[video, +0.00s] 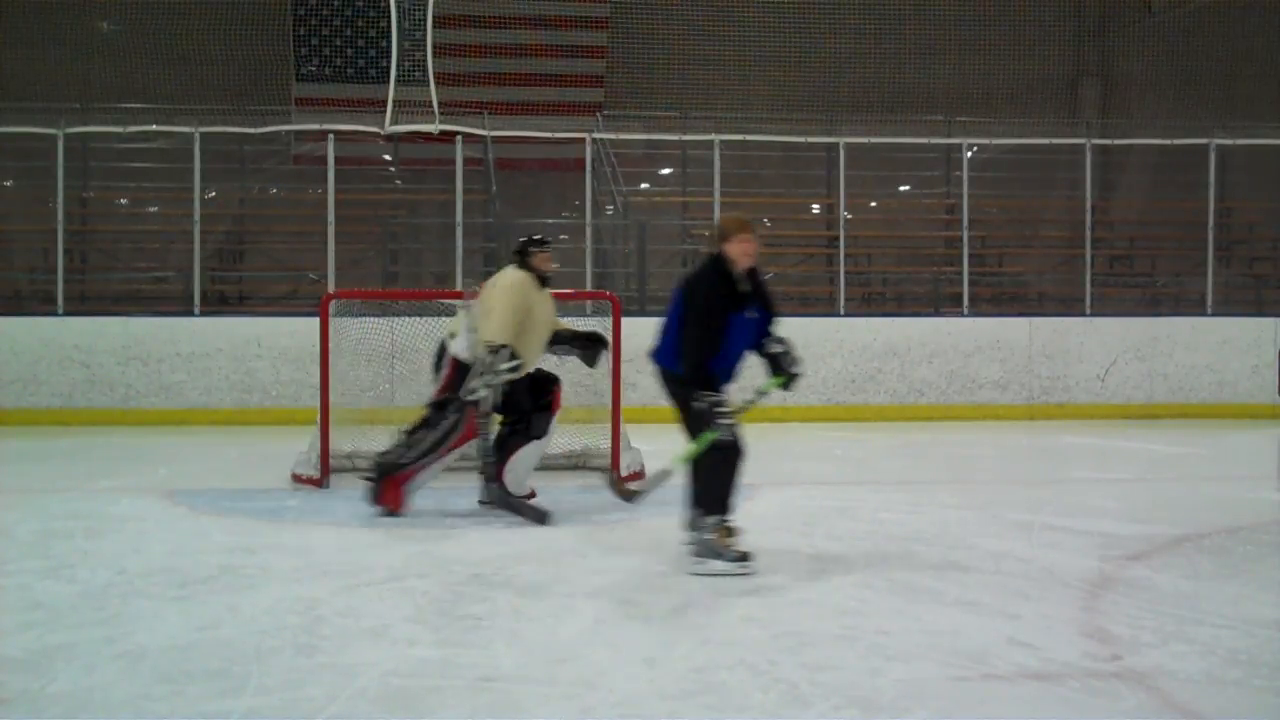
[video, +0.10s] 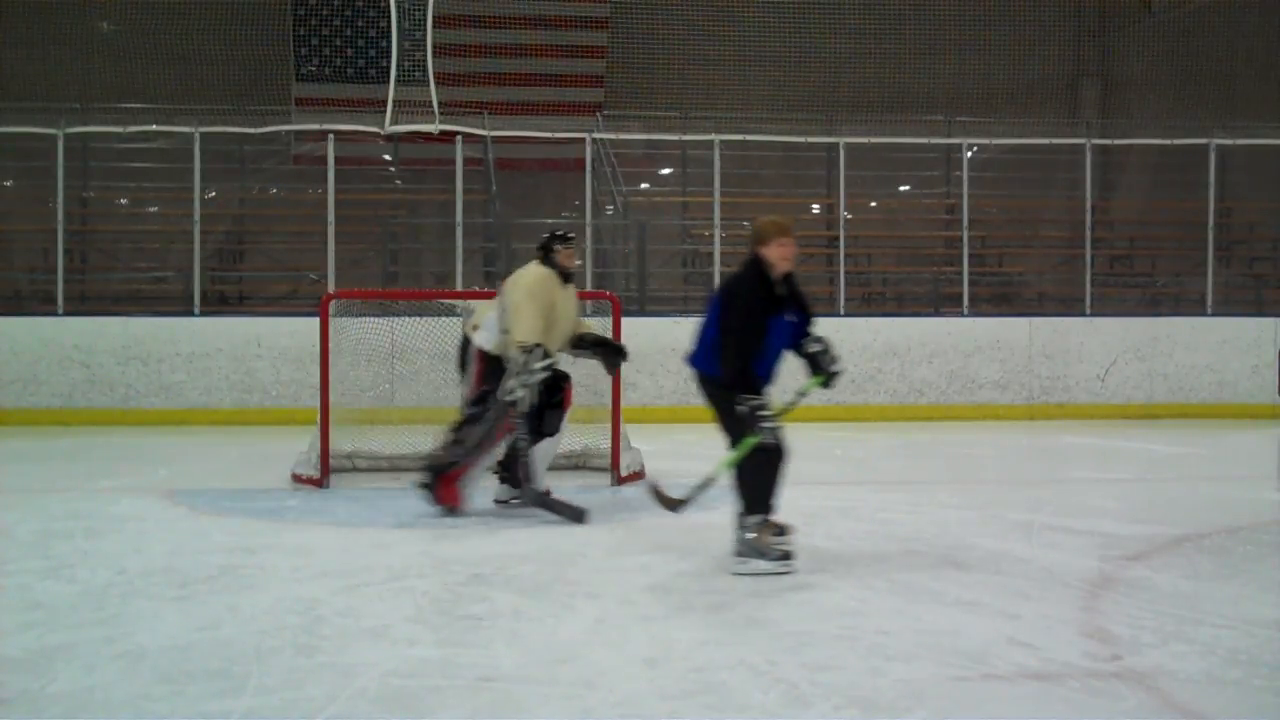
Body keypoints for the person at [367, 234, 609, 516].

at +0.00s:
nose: (549, 260)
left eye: (549, 255)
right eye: (542, 254)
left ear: (545, 260)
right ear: (527, 257)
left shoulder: (537, 290)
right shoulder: (512, 281)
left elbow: (539, 332)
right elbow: (498, 330)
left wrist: (576, 341)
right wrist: (495, 368)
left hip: (498, 367)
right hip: (469, 361)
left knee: (542, 392)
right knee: (455, 424)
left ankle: (505, 484)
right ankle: (393, 478)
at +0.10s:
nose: (572, 256)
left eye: (574, 251)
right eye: (566, 251)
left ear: (573, 255)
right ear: (551, 253)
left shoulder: (566, 289)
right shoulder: (531, 279)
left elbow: (566, 334)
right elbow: (524, 334)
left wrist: (598, 345)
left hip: (524, 357)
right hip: (490, 350)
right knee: (489, 416)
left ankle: (516, 482)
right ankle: (444, 475)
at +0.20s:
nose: (593, 254)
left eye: (594, 249)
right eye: (587, 249)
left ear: (594, 253)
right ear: (570, 252)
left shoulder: (588, 287)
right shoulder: (550, 277)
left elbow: (593, 329)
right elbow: (548, 322)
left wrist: (620, 345)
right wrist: (560, 360)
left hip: (544, 351)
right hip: (509, 346)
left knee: (554, 414)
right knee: (527, 413)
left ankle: (531, 477)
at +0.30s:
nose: (612, 256)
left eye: (613, 251)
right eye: (606, 251)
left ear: (613, 255)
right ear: (590, 254)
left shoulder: (608, 288)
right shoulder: (574, 277)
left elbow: (615, 326)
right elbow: (575, 324)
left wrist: (643, 340)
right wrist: (593, 358)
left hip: (556, 354)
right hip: (532, 349)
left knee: (570, 417)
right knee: (558, 417)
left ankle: (548, 479)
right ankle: (541, 480)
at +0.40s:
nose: (634, 263)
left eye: (636, 257)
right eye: (628, 257)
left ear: (638, 261)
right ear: (612, 258)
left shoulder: (628, 292)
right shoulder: (598, 281)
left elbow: (634, 329)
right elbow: (599, 326)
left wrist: (667, 340)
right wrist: (615, 362)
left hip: (582, 357)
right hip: (558, 353)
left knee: (601, 419)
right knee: (590, 420)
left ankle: (579, 477)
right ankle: (567, 479)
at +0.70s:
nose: (713, 272)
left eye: (714, 266)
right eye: (708, 266)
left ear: (709, 270)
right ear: (692, 267)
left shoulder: (696, 294)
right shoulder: (677, 289)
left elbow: (702, 338)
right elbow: (668, 340)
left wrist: (734, 348)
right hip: (635, 361)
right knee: (636, 428)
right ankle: (601, 485)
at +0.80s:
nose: (739, 274)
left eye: (740, 268)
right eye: (733, 268)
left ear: (738, 271)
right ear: (717, 268)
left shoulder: (724, 301)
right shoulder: (700, 288)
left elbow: (725, 340)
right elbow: (688, 339)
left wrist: (760, 347)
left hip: (687, 366)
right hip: (659, 360)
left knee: (732, 395)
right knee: (656, 422)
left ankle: (729, 472)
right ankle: (613, 480)